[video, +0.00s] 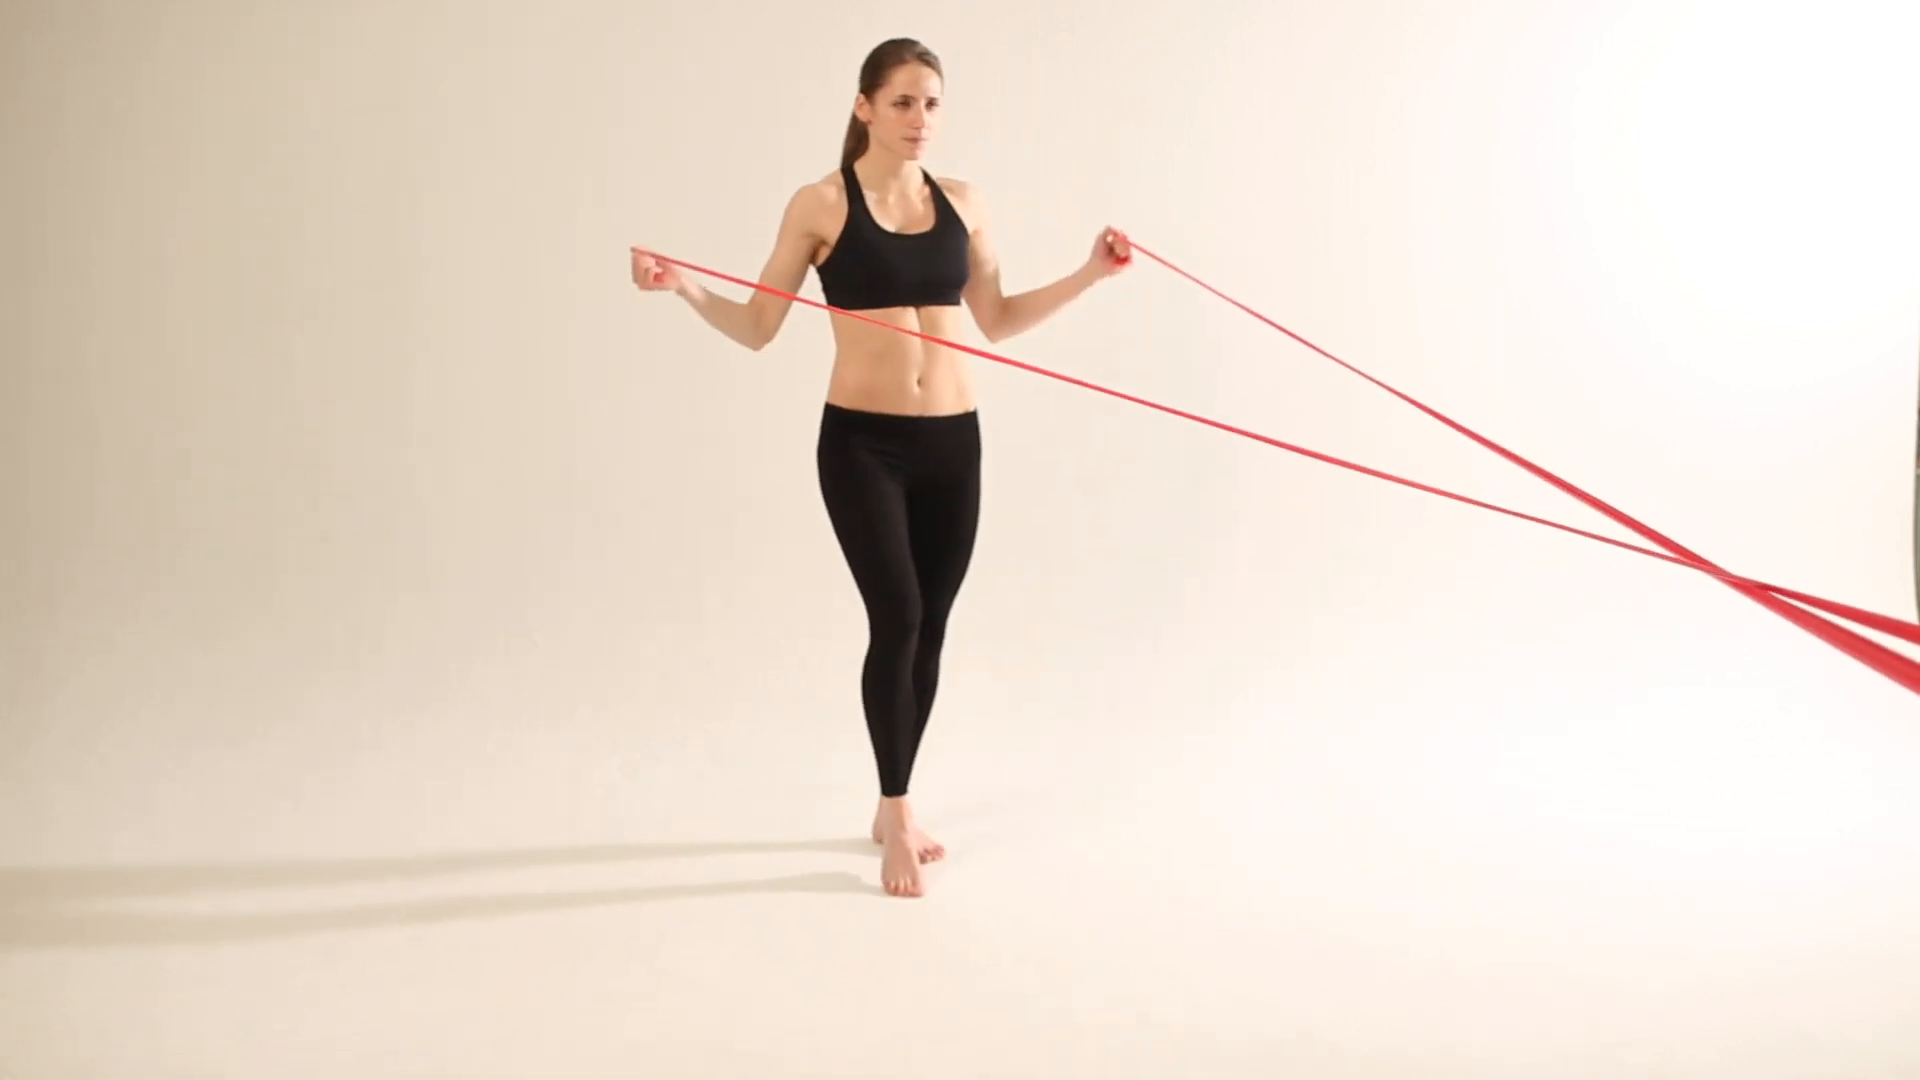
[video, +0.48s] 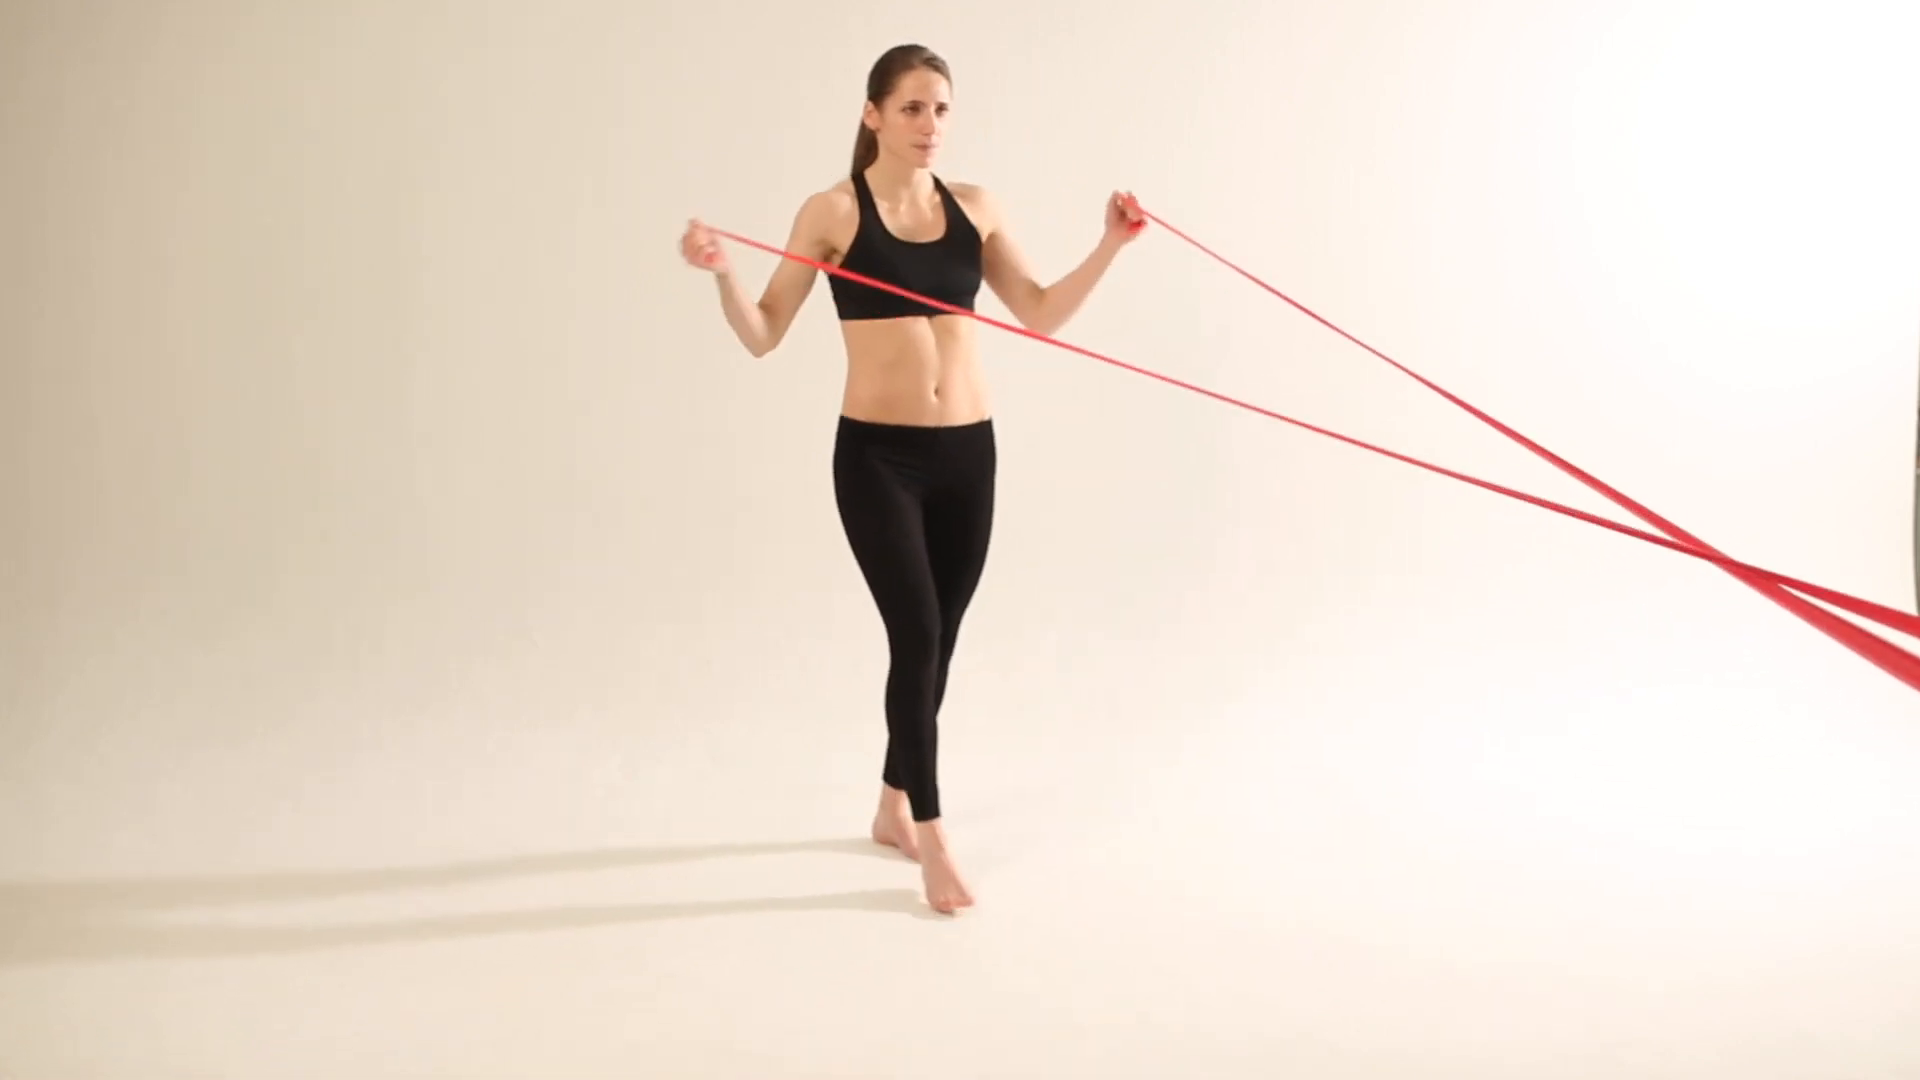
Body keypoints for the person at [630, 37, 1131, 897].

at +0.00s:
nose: (922, 118)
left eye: (931, 104)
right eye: (905, 102)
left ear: (942, 112)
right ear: (864, 107)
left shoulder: (961, 203)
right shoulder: (822, 204)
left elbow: (998, 320)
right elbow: (756, 328)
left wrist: (1092, 272)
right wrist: (686, 285)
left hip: (952, 444)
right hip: (862, 441)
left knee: (928, 629)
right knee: (896, 620)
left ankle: (895, 805)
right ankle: (896, 816)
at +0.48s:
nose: (930, 122)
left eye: (941, 109)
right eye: (913, 107)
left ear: (950, 118)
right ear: (873, 114)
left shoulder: (972, 208)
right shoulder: (833, 212)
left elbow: (1043, 313)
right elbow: (761, 335)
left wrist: (1110, 246)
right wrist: (720, 270)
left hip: (967, 454)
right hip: (876, 453)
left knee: (937, 643)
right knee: (917, 638)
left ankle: (893, 806)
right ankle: (932, 838)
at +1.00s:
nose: (1012, 144)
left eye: (1023, 129)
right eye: (995, 128)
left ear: (1032, 141)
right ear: (950, 137)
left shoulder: (1049, 235)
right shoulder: (909, 236)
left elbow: (1121, 300)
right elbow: (908, 340)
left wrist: (1146, 318)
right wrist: (1017, 332)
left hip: (1025, 491)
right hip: (925, 497)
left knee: (1077, 678)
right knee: (970, 686)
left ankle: (1068, 863)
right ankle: (969, 868)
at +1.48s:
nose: (1181, 288)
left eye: (1189, 270)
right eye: (1161, 272)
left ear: (1197, 276)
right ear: (1108, 285)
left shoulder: (1210, 374)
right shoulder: (1066, 379)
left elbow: (1252, 500)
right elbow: (1125, 529)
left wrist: (1271, 615)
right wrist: (1219, 641)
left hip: (1120, 584)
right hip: (1021, 593)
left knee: (1179, 745)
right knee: (1061, 802)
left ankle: (1147, 938)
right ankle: (974, 844)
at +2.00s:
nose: (1257, 421)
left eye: (1265, 400)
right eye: (1235, 402)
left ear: (1272, 401)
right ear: (1180, 405)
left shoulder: (1269, 482)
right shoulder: (1126, 482)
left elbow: (1291, 631)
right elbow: (1190, 653)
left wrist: (1305, 770)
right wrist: (1263, 787)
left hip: (1133, 633)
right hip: (1044, 641)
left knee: (1206, 767)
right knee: (1085, 852)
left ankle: (1148, 940)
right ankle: (983, 844)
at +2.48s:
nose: (1168, 297)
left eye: (1175, 280)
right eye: (1148, 281)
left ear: (1182, 285)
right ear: (1096, 291)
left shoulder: (1191, 374)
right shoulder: (1047, 386)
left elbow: (1240, 494)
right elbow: (1111, 530)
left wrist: (1273, 603)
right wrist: (1205, 627)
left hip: (1103, 579)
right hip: (1007, 591)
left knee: (1168, 732)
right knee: (1059, 795)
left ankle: (1146, 938)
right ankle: (974, 841)